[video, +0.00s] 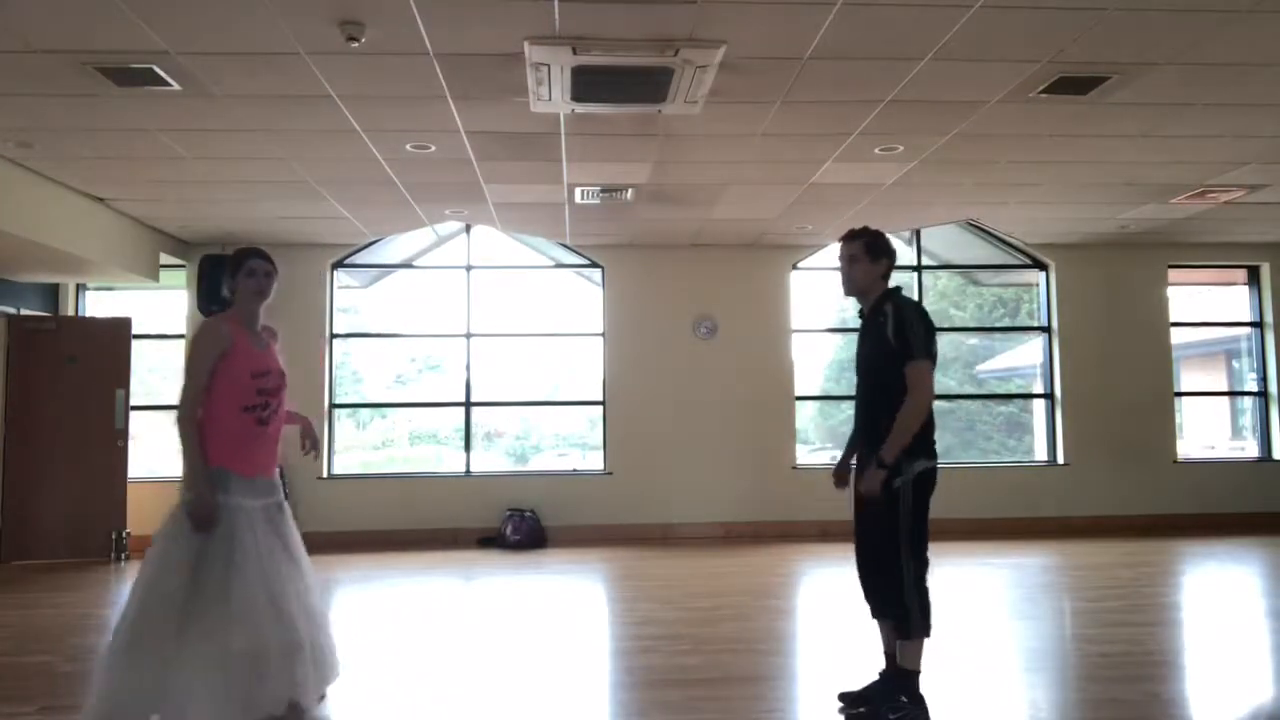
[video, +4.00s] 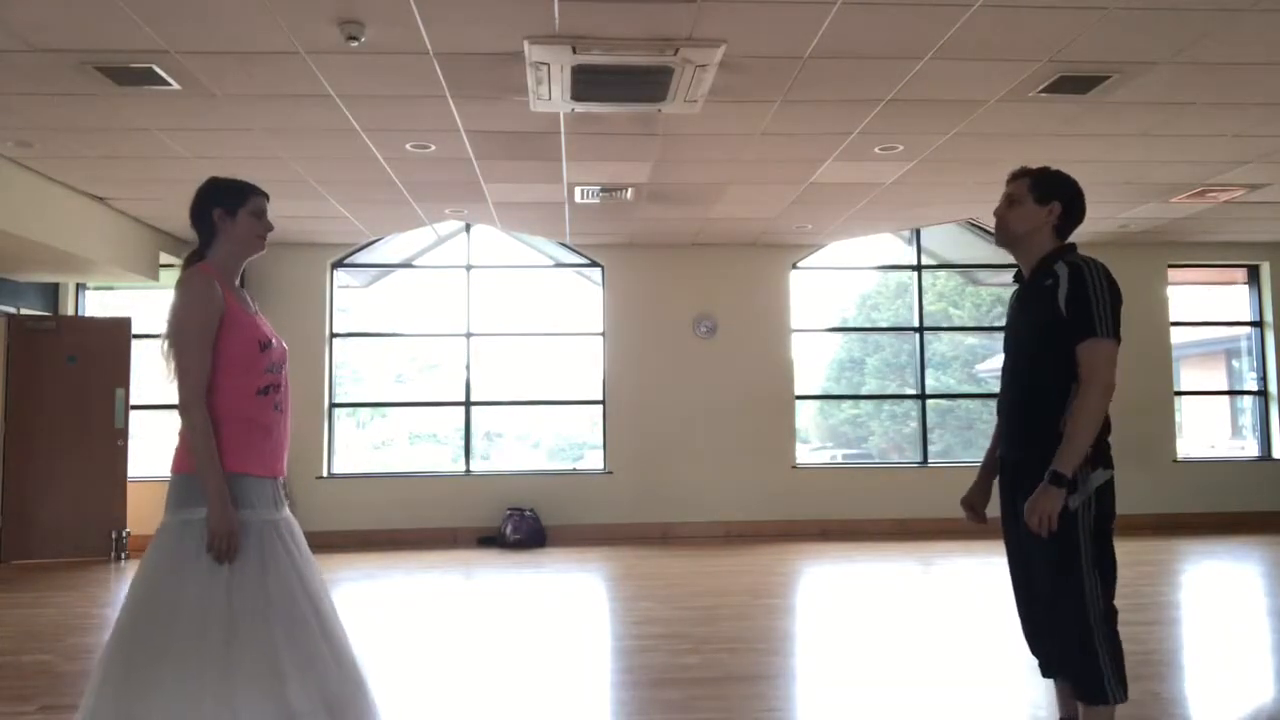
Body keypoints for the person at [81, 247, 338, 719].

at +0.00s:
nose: (261, 281)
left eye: (268, 275)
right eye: (252, 273)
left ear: (274, 286)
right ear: (232, 281)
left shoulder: (269, 335)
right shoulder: (215, 331)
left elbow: (258, 407)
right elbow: (187, 411)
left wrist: (301, 420)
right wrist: (197, 484)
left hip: (265, 485)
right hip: (225, 485)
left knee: (273, 597)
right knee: (225, 600)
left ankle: (276, 698)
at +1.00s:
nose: (268, 243)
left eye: (276, 237)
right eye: (256, 234)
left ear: (283, 249)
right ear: (233, 242)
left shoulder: (283, 310)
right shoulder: (207, 302)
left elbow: (275, 395)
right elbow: (164, 396)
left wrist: (326, 421)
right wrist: (164, 481)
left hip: (275, 485)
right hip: (212, 484)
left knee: (274, 627)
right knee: (205, 626)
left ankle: (265, 713)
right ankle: (198, 713)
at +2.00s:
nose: (257, 218)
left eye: (266, 212)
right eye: (245, 208)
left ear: (272, 226)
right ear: (216, 217)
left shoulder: (256, 294)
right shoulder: (203, 280)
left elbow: (245, 399)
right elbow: (167, 392)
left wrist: (261, 485)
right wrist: (189, 500)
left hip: (245, 497)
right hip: (203, 496)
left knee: (245, 653)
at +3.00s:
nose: (263, 228)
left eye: (266, 219)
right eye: (252, 216)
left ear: (260, 227)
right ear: (214, 218)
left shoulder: (235, 290)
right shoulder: (200, 281)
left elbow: (241, 402)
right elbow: (176, 396)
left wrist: (288, 474)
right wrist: (204, 500)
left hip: (247, 492)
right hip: (216, 494)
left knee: (250, 648)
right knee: (218, 649)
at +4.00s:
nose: (269, 227)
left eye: (268, 217)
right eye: (259, 216)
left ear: (227, 221)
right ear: (221, 218)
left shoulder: (236, 293)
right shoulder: (201, 286)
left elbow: (237, 399)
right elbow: (192, 402)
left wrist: (271, 489)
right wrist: (218, 503)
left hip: (257, 492)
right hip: (225, 493)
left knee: (262, 649)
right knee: (224, 651)